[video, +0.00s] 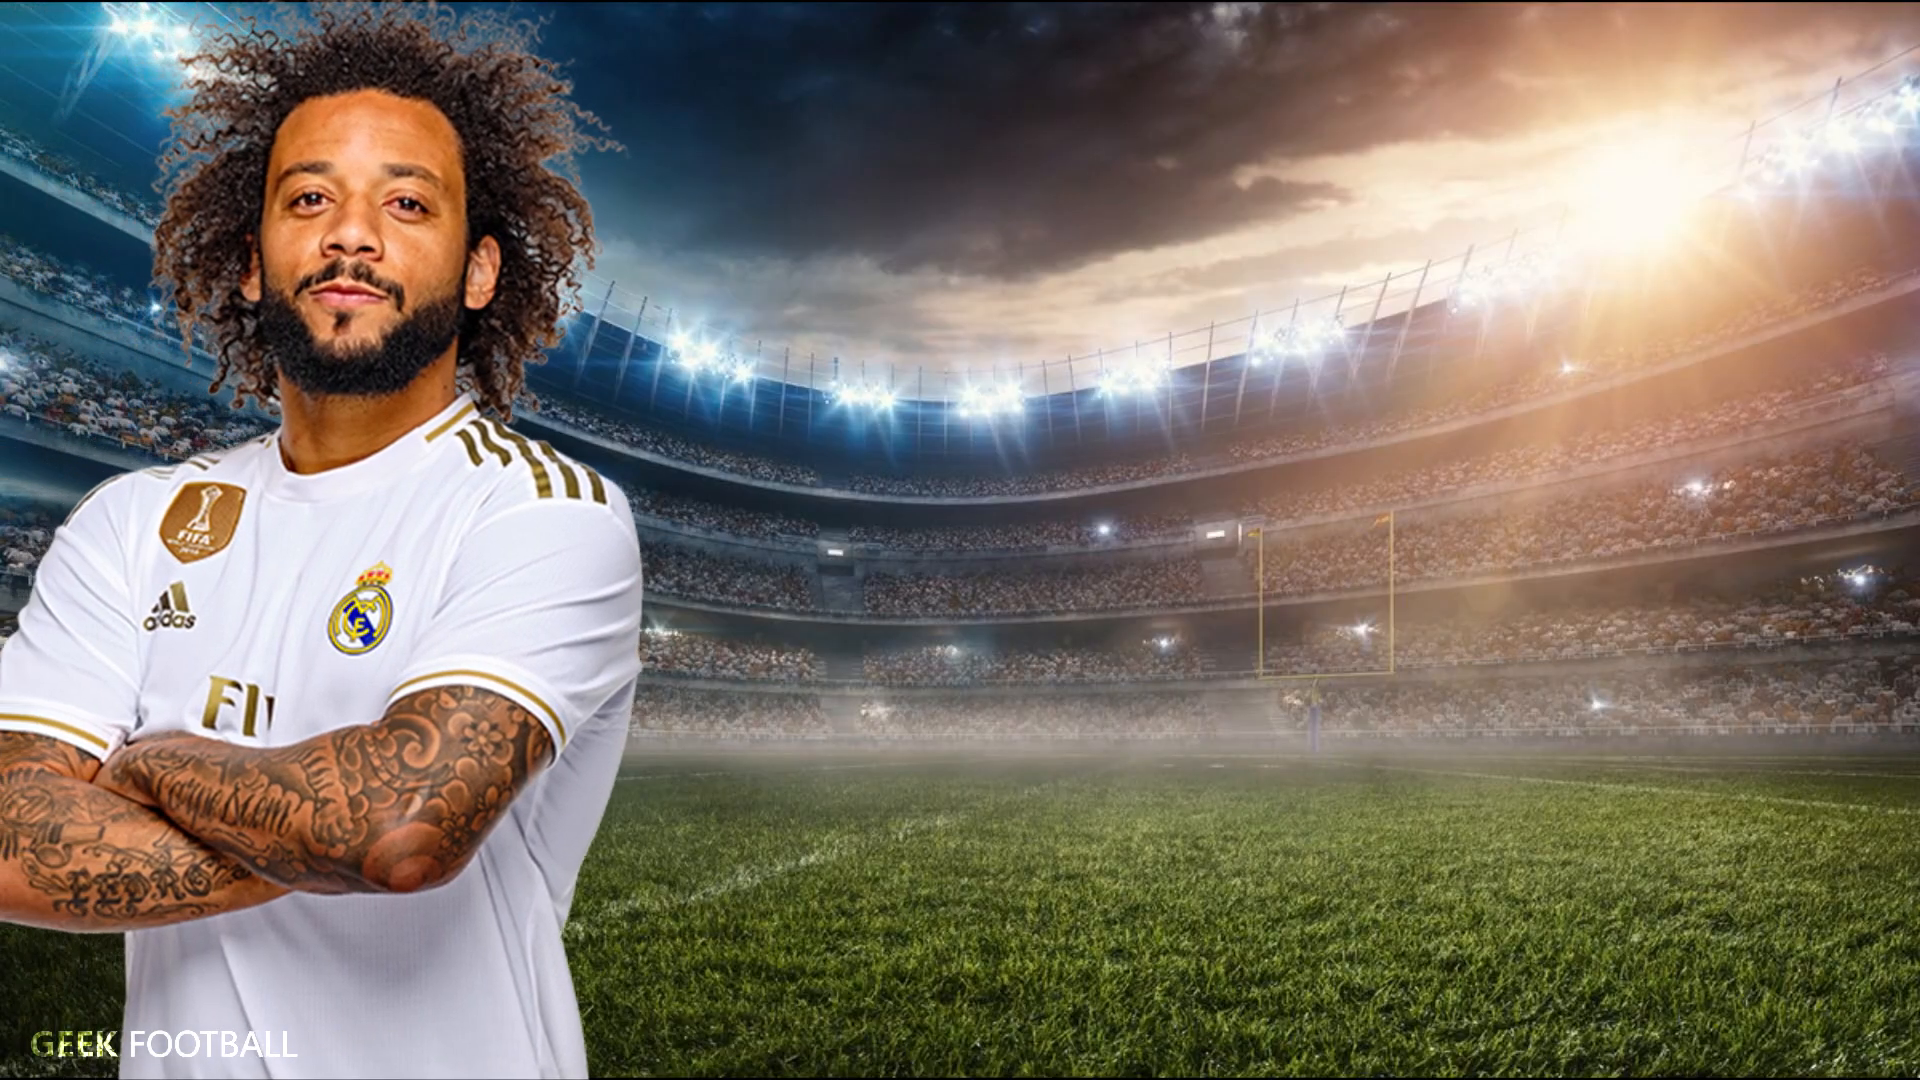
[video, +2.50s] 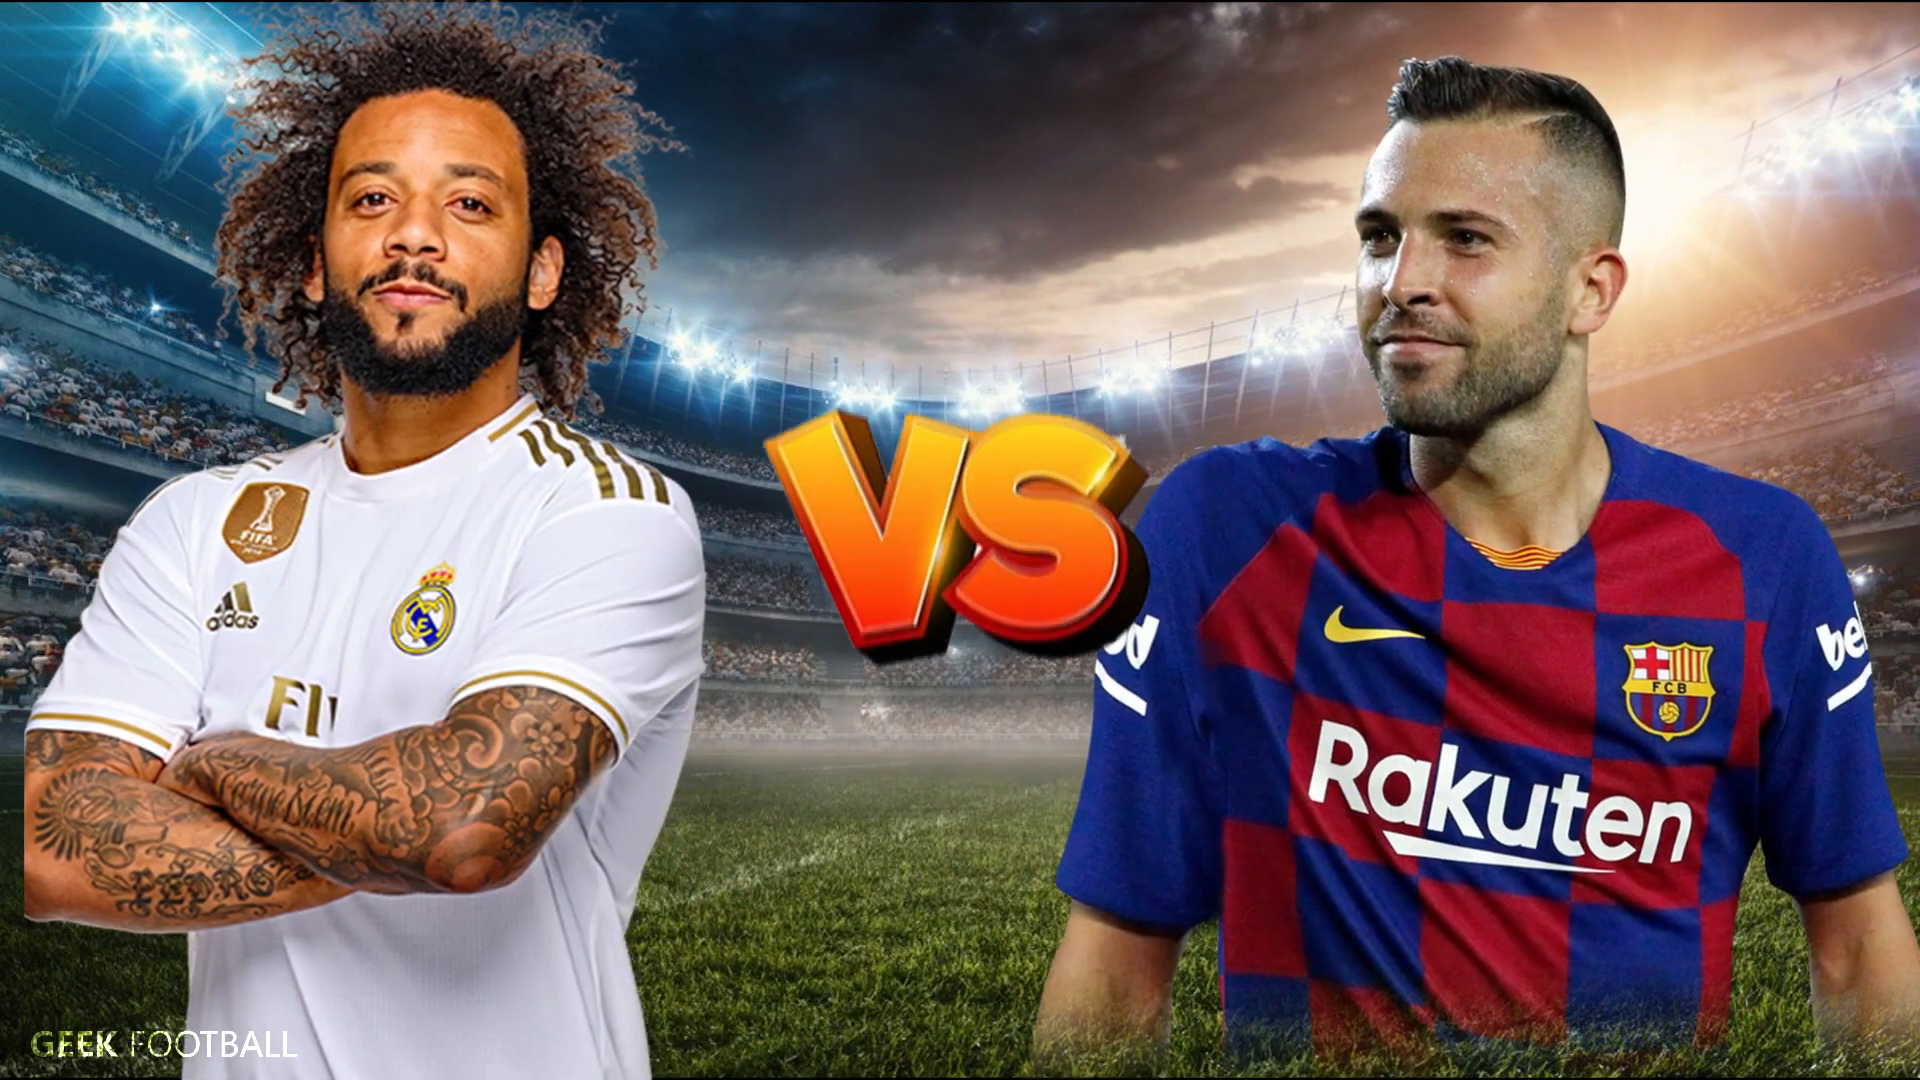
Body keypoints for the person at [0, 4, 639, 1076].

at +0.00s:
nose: (350, 238)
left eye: (406, 202)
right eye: (308, 200)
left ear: (476, 271)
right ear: (256, 259)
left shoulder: (552, 518)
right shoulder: (130, 521)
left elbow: (403, 824)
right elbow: (15, 853)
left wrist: (147, 761)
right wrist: (322, 829)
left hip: (459, 1064)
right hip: (181, 1063)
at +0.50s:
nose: (399, 238)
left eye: (454, 203)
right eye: (355, 199)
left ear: (522, 273)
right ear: (302, 259)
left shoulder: (598, 518)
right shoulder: (176, 523)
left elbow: (451, 825)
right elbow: (42, 852)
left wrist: (186, 761)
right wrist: (370, 830)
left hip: (507, 1063)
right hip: (226, 1061)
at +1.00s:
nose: (420, 238)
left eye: (476, 204)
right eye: (377, 199)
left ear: (544, 273)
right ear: (323, 259)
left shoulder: (619, 518)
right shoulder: (198, 522)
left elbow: (473, 825)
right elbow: (71, 856)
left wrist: (208, 761)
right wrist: (394, 829)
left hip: (530, 1063)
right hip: (249, 1062)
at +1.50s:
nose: (426, 238)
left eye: (482, 203)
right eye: (383, 199)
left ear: (549, 273)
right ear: (329, 260)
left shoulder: (624, 518)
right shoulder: (203, 523)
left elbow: (478, 825)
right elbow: (77, 856)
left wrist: (214, 761)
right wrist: (400, 829)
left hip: (535, 1063)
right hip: (256, 1063)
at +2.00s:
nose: (422, 238)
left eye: (478, 204)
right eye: (379, 199)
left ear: (546, 273)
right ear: (325, 260)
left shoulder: (621, 518)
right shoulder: (201, 522)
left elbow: (475, 825)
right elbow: (73, 856)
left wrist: (210, 761)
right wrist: (396, 829)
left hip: (531, 1063)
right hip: (252, 1062)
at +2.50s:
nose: (415, 238)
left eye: (471, 204)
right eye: (372, 199)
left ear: (539, 273)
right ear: (319, 259)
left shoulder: (614, 517)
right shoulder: (194, 522)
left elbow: (468, 825)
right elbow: (67, 857)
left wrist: (205, 760)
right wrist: (389, 830)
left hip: (526, 1064)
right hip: (246, 1063)